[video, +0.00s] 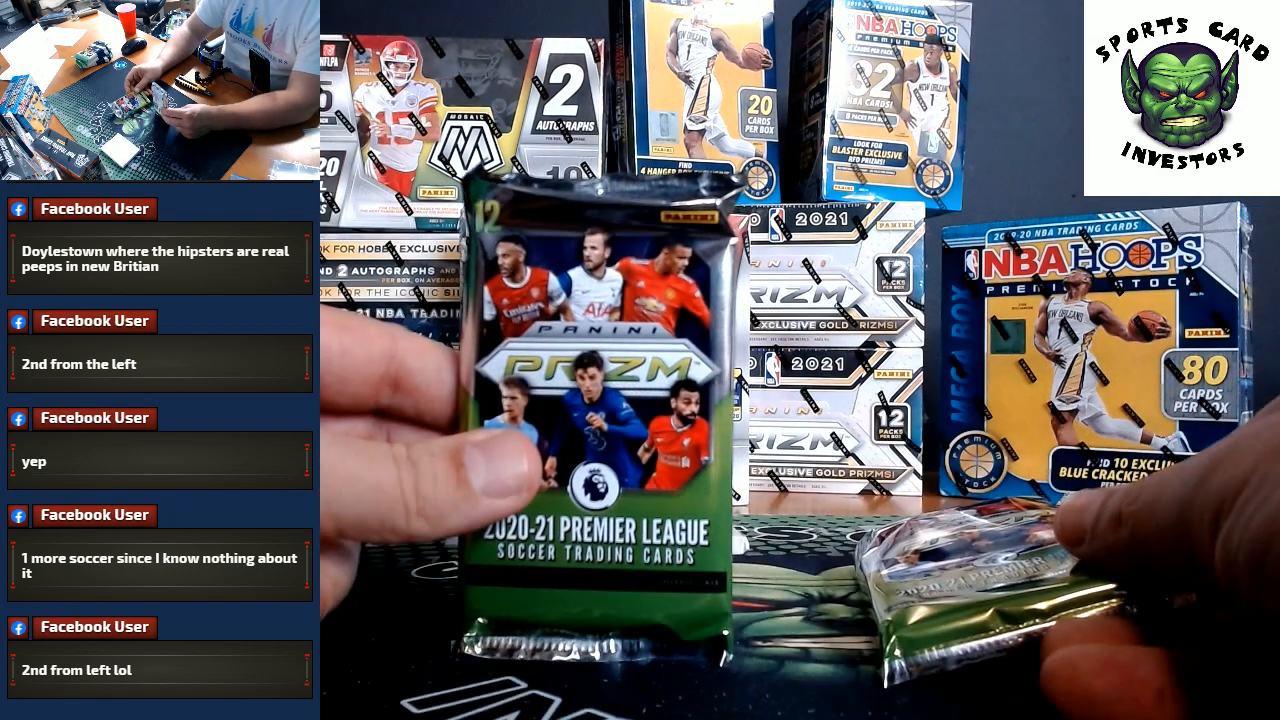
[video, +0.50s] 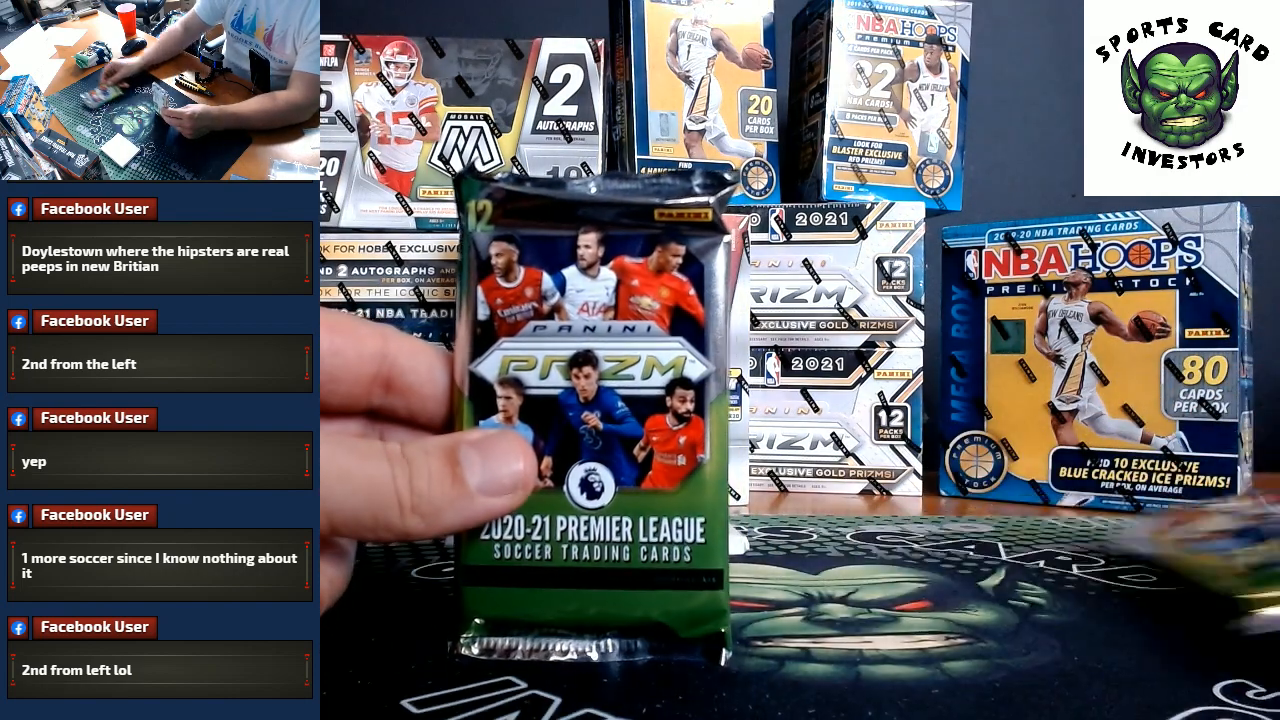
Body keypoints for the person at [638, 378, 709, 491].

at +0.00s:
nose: (693, 409)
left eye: (696, 403)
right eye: (687, 403)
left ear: (699, 404)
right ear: (673, 403)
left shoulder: (702, 429)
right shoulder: (657, 424)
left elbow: (707, 463)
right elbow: (648, 447)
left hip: (686, 493)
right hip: (656, 490)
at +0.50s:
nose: (688, 407)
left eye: (692, 401)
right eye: (682, 401)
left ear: (695, 402)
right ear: (668, 402)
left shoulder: (698, 426)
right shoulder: (653, 423)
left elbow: (703, 461)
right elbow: (643, 446)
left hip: (681, 492)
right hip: (652, 489)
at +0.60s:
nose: (688, 406)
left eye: (692, 400)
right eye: (682, 400)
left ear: (694, 401)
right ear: (668, 401)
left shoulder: (698, 427)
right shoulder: (653, 422)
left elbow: (704, 463)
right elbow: (642, 447)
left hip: (680, 494)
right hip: (651, 489)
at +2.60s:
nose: (696, 407)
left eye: (699, 401)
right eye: (689, 401)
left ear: (702, 401)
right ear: (676, 402)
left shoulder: (706, 428)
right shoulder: (660, 423)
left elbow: (712, 466)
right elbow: (650, 448)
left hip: (689, 494)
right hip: (659, 489)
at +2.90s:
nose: (696, 408)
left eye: (699, 402)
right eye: (689, 402)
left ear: (701, 402)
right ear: (675, 403)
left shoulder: (706, 429)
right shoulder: (660, 425)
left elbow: (711, 466)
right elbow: (650, 449)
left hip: (689, 494)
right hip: (659, 490)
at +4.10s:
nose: (694, 405)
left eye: (697, 400)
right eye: (687, 400)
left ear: (700, 400)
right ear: (674, 400)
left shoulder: (704, 426)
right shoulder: (659, 422)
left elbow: (709, 461)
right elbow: (648, 446)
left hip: (687, 491)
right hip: (658, 487)